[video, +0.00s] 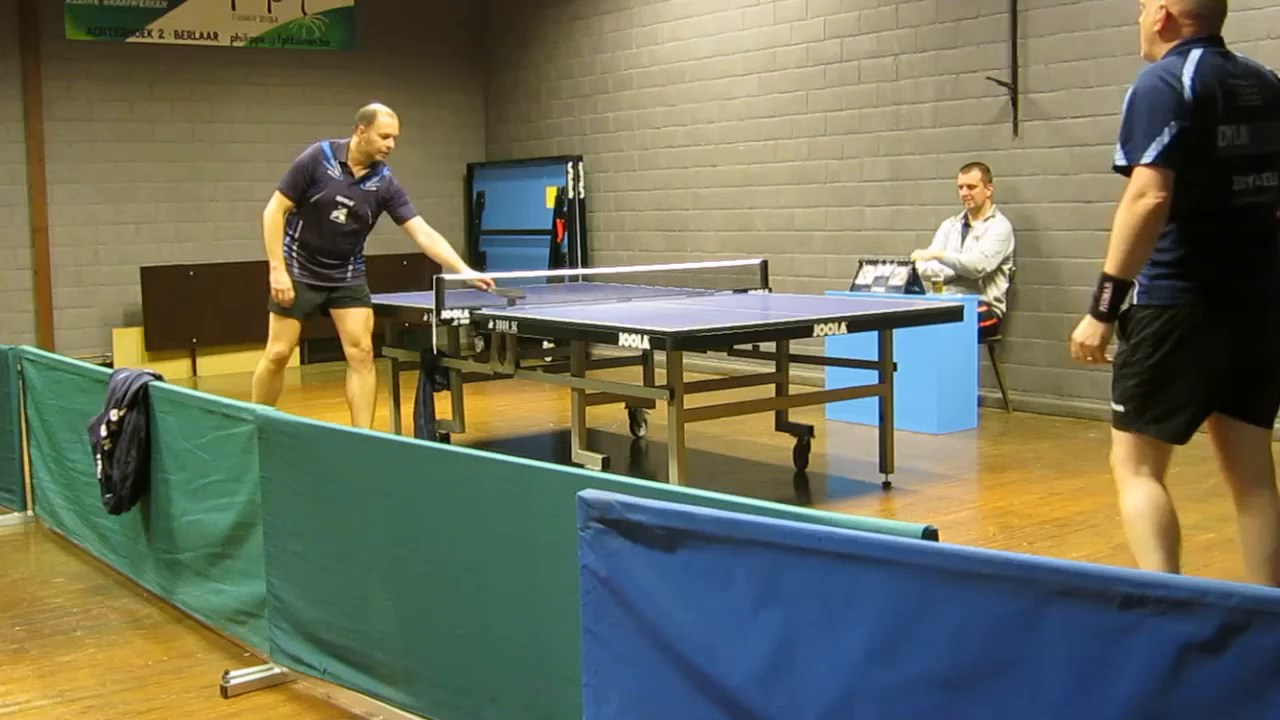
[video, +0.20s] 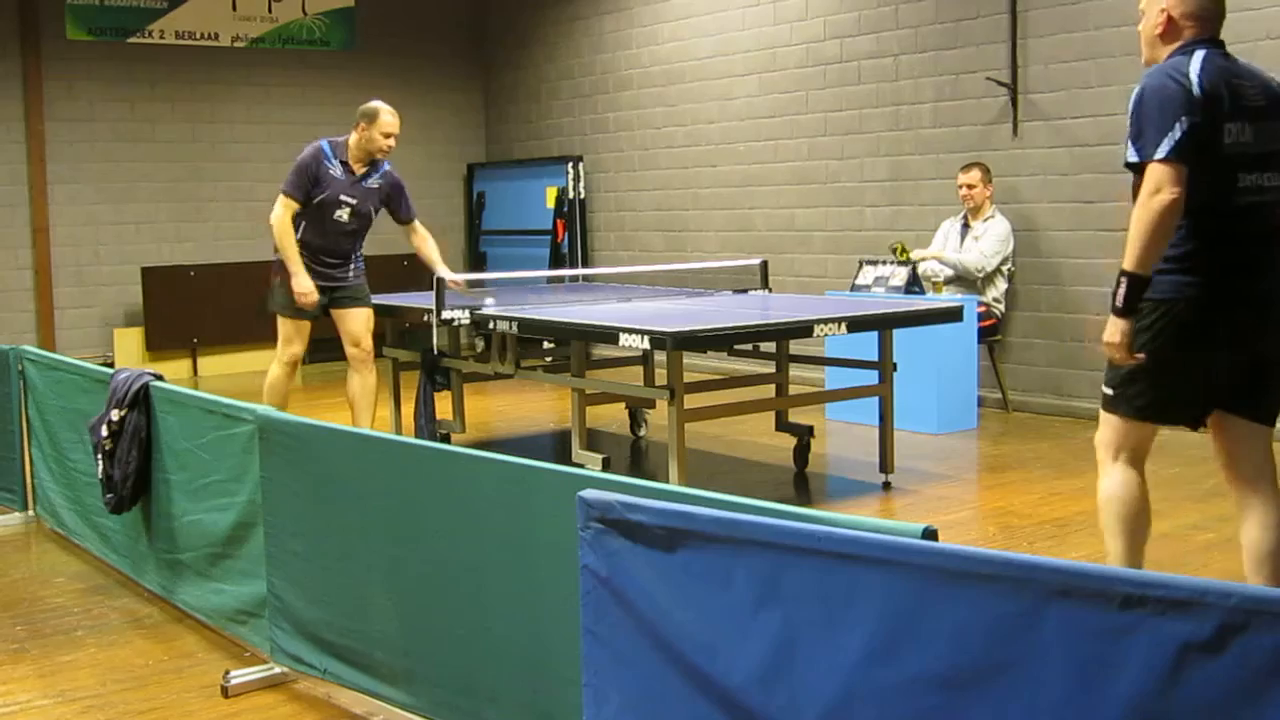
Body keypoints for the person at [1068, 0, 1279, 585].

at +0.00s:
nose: (1139, 23)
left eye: (1142, 11)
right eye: (1141, 12)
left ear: (1164, 16)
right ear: (1211, 20)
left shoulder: (1161, 82)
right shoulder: (1266, 84)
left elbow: (1148, 196)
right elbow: (1269, 204)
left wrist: (1102, 308)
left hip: (1174, 311)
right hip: (1258, 308)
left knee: (1136, 466)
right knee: (1252, 471)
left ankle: (1163, 618)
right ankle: (1269, 620)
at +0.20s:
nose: (1139, 28)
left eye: (1142, 16)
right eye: (1140, 17)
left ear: (1166, 20)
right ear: (1208, 23)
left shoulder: (1168, 82)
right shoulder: (1265, 88)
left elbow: (1163, 192)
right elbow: (1266, 205)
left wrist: (1123, 305)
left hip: (1178, 306)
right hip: (1258, 307)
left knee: (1119, 451)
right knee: (1252, 474)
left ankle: (1122, 604)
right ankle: (1268, 627)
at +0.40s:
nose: (1112, 44)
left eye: (1116, 31)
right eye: (1114, 31)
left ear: (1142, 35)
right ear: (1181, 36)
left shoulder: (1144, 93)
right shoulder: (1249, 106)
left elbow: (1144, 198)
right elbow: (1272, 219)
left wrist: (1106, 305)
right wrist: (1266, 299)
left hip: (1160, 312)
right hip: (1245, 310)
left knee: (1112, 466)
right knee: (1246, 474)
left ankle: (1077, 597)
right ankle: (1268, 617)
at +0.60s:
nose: (1064, 56)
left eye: (1068, 44)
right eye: (1064, 45)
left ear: (1093, 46)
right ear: (1129, 46)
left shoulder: (1093, 103)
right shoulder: (1199, 110)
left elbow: (1070, 204)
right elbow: (1236, 216)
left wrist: (1025, 306)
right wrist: (1234, 308)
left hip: (1110, 312)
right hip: (1195, 308)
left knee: (1086, 463)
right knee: (1203, 461)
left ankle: (1067, 594)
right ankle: (1252, 599)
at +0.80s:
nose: (1030, 55)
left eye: (1031, 45)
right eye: (1031, 44)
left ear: (1046, 44)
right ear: (1091, 43)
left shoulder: (1040, 103)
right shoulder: (1153, 107)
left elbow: (994, 202)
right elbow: (1195, 209)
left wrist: (944, 294)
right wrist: (1177, 295)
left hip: (1068, 302)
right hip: (1143, 299)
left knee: (1062, 456)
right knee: (1117, 442)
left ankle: (1062, 590)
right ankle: (1177, 543)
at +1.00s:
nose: (1004, 62)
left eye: (1006, 52)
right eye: (1006, 52)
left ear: (1018, 50)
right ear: (1064, 51)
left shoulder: (1006, 107)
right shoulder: (1118, 113)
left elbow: (950, 202)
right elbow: (1155, 214)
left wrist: (914, 269)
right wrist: (1128, 281)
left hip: (1031, 298)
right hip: (1104, 295)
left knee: (1045, 445)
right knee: (1059, 433)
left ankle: (1059, 578)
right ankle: (1059, 565)